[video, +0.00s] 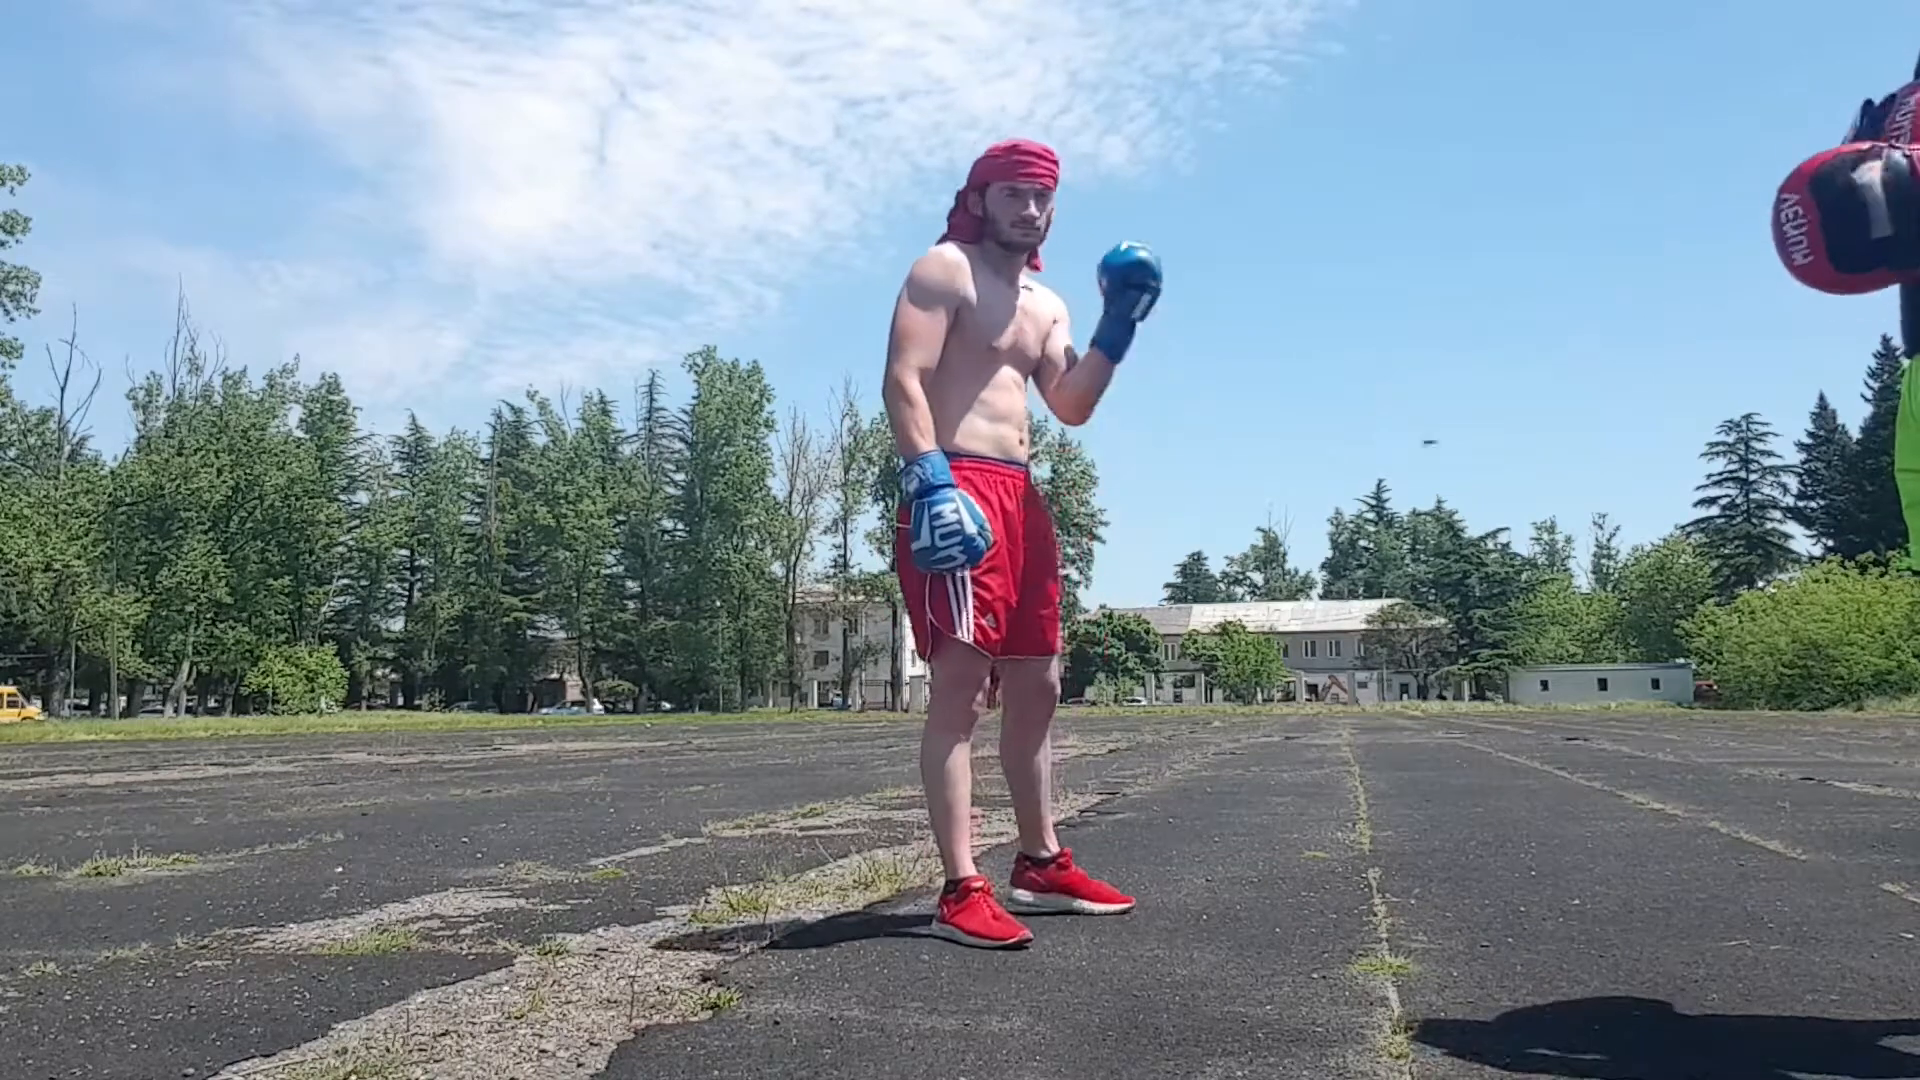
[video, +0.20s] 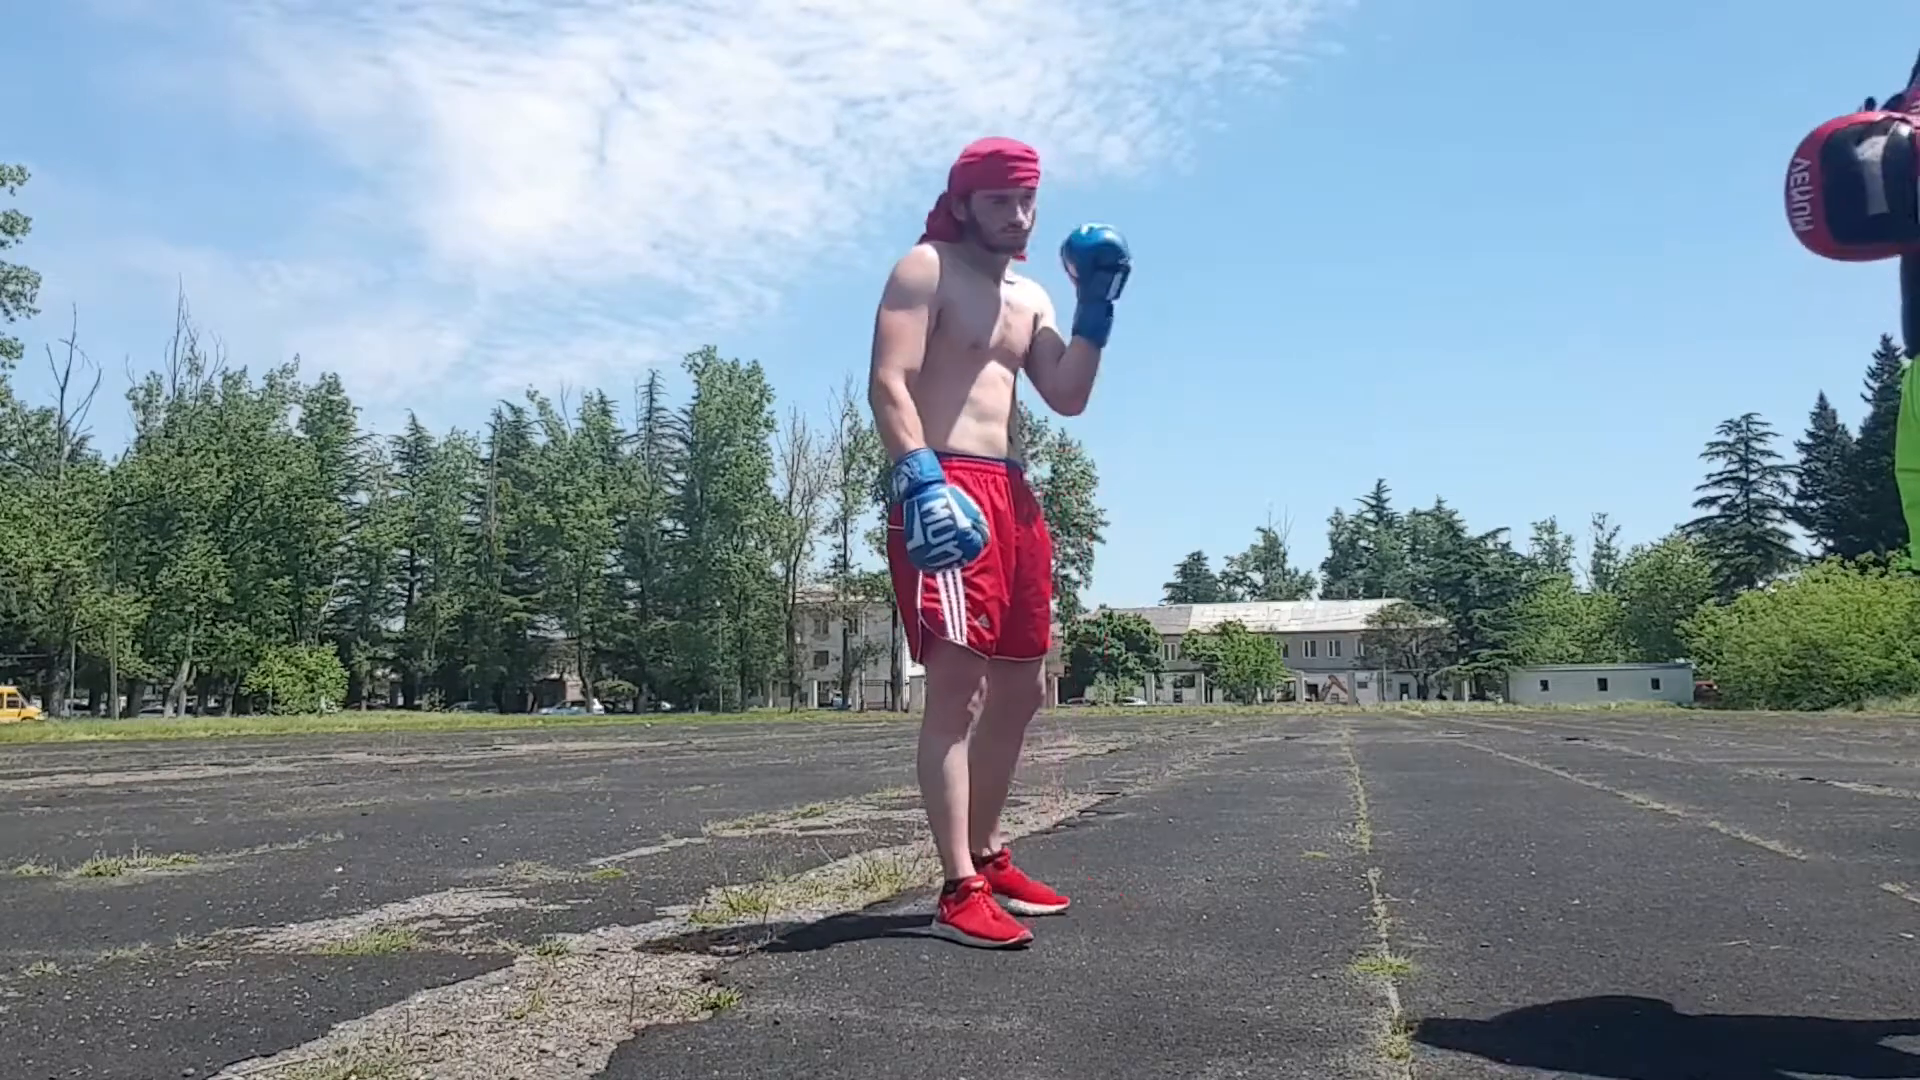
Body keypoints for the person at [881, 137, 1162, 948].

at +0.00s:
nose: (1030, 209)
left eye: (1041, 198)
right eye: (1013, 195)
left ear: (1051, 210)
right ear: (979, 202)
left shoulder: (1047, 303)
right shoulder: (944, 268)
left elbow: (1071, 404)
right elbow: (903, 378)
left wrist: (1117, 322)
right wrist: (932, 485)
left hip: (1022, 497)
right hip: (955, 492)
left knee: (1037, 687)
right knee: (958, 688)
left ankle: (1041, 859)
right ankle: (962, 885)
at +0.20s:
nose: (1018, 214)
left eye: (1027, 201)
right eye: (1002, 202)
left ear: (1033, 206)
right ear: (961, 205)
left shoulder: (1029, 293)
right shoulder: (926, 268)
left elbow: (1068, 392)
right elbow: (888, 382)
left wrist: (1096, 302)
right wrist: (922, 482)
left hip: (1012, 495)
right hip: (944, 491)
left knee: (1021, 689)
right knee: (956, 689)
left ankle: (982, 856)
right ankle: (958, 885)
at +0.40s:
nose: (1023, 215)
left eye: (1026, 202)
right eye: (1006, 202)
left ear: (1026, 210)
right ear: (963, 208)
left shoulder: (1019, 300)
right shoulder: (924, 270)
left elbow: (1057, 401)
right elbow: (885, 384)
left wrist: (1074, 309)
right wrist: (911, 492)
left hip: (1015, 497)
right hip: (950, 491)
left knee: (1010, 688)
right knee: (957, 686)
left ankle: (942, 857)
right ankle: (961, 884)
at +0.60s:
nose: (1027, 223)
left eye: (1030, 210)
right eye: (1013, 209)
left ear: (1019, 218)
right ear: (967, 214)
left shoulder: (1012, 306)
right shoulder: (923, 279)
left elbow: (1037, 419)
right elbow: (877, 391)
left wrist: (1073, 340)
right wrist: (932, 473)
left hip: (1014, 497)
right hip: (953, 492)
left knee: (1005, 684)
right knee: (964, 683)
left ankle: (941, 863)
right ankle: (960, 884)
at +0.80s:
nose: (1032, 243)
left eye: (1038, 232)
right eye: (1023, 226)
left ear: (1020, 238)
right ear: (977, 219)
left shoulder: (1004, 314)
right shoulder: (912, 289)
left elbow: (1007, 442)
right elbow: (892, 405)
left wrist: (1062, 401)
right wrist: (959, 387)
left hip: (1004, 501)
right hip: (949, 495)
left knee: (977, 692)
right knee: (985, 686)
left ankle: (936, 873)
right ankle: (960, 881)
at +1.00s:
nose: (1024, 256)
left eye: (1034, 249)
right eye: (1018, 239)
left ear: (1032, 258)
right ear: (975, 226)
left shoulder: (1012, 325)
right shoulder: (908, 282)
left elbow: (1002, 436)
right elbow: (913, 365)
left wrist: (1045, 435)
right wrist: (970, 306)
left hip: (992, 503)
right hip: (935, 493)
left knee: (960, 687)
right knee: (989, 670)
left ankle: (936, 872)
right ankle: (954, 871)